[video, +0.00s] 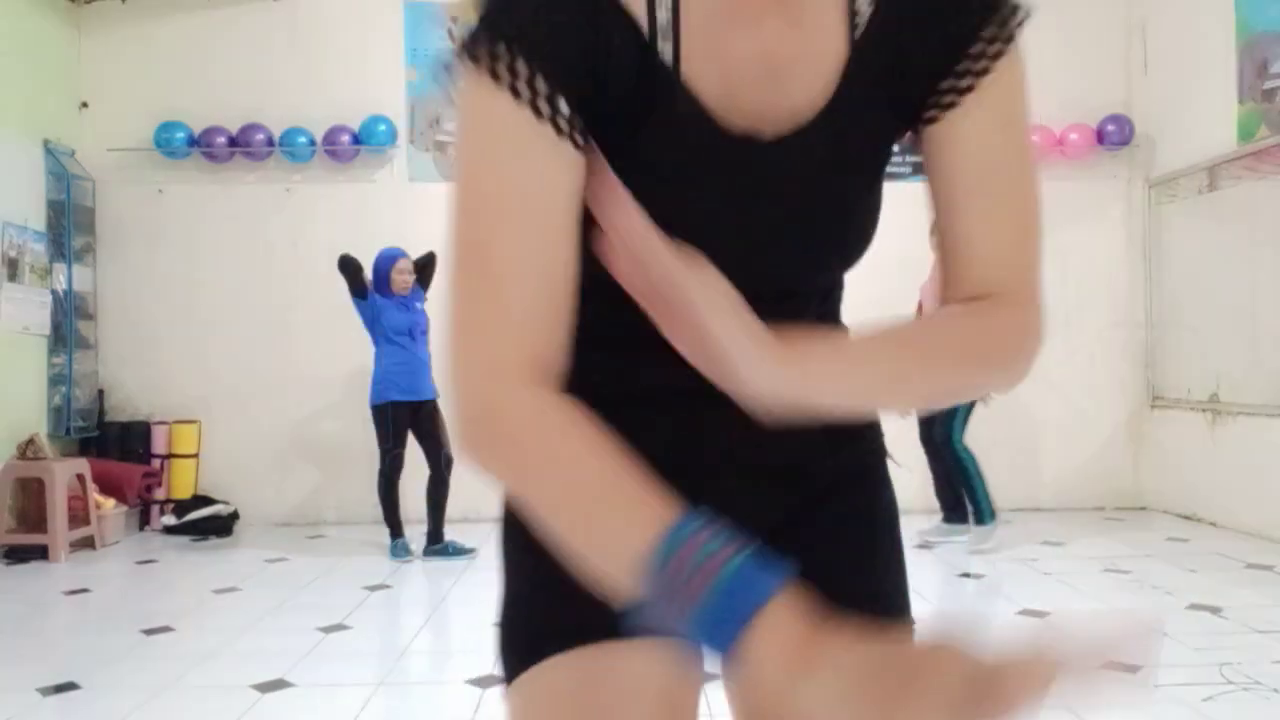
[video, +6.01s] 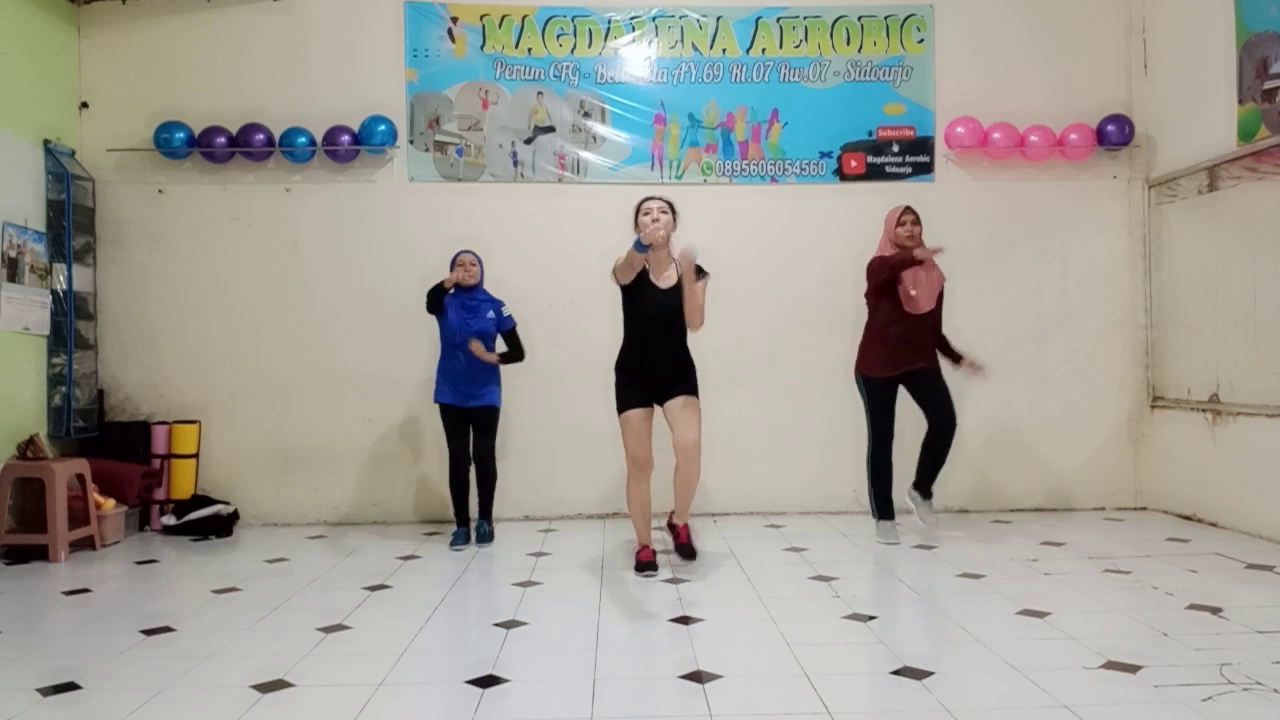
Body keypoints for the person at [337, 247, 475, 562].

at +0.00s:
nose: (406, 278)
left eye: (410, 272)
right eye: (399, 272)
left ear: (414, 276)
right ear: (384, 277)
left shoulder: (416, 300)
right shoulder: (374, 306)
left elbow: (431, 259)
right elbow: (351, 273)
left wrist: (410, 270)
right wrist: (353, 270)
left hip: (423, 395)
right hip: (389, 396)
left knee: (442, 461)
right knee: (392, 464)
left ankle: (435, 540)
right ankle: (397, 538)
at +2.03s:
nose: (412, 275)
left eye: (412, 269)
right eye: (404, 270)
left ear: (413, 275)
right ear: (388, 277)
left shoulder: (424, 303)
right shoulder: (376, 308)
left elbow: (460, 275)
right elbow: (346, 285)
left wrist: (425, 279)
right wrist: (364, 289)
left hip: (422, 397)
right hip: (388, 401)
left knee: (440, 462)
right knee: (400, 466)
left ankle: (446, 531)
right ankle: (399, 538)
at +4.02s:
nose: (439, 272)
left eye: (446, 267)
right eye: (433, 267)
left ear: (454, 271)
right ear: (424, 272)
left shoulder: (467, 306)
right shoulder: (411, 308)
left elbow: (478, 355)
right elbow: (395, 357)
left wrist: (487, 401)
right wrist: (413, 364)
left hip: (461, 398)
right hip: (426, 401)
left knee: (458, 464)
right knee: (432, 467)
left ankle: (464, 526)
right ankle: (432, 535)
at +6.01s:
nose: (467, 269)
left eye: (472, 265)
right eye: (461, 266)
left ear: (481, 272)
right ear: (452, 274)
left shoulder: (494, 306)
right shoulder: (445, 302)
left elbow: (518, 353)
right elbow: (432, 304)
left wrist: (493, 357)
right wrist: (444, 284)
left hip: (485, 393)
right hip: (451, 392)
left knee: (484, 457)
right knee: (458, 459)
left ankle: (484, 522)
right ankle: (462, 526)